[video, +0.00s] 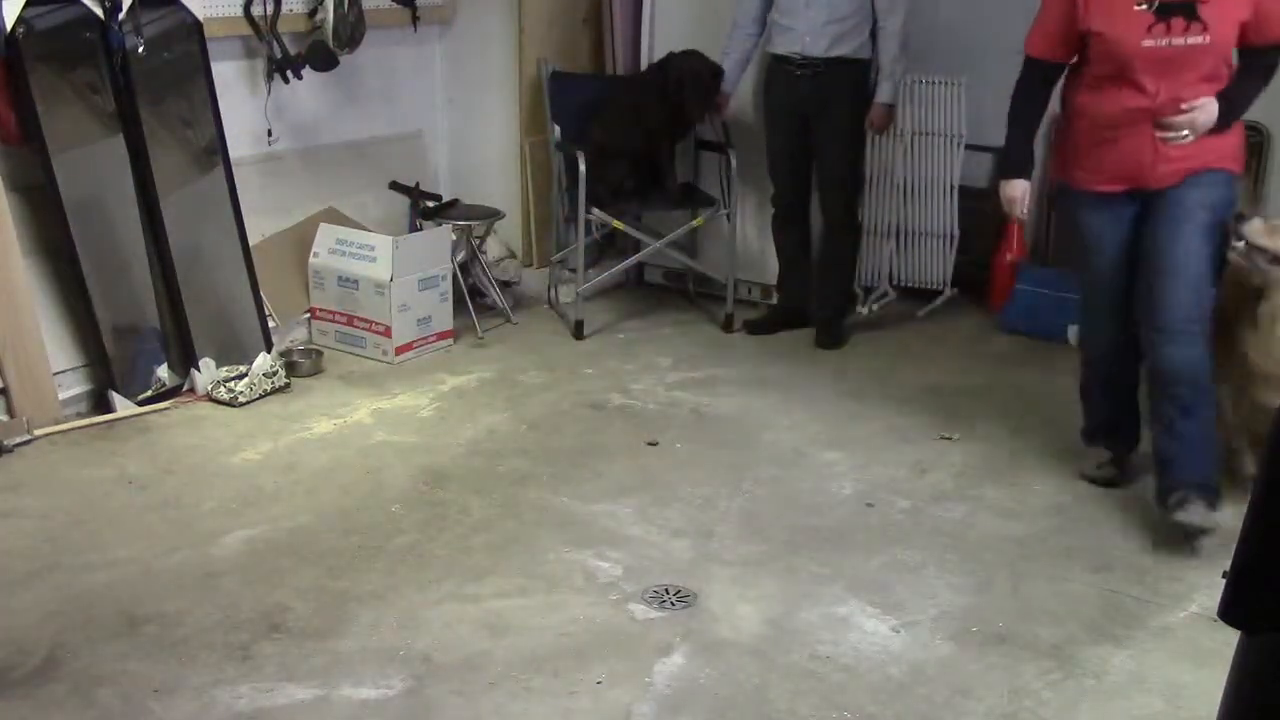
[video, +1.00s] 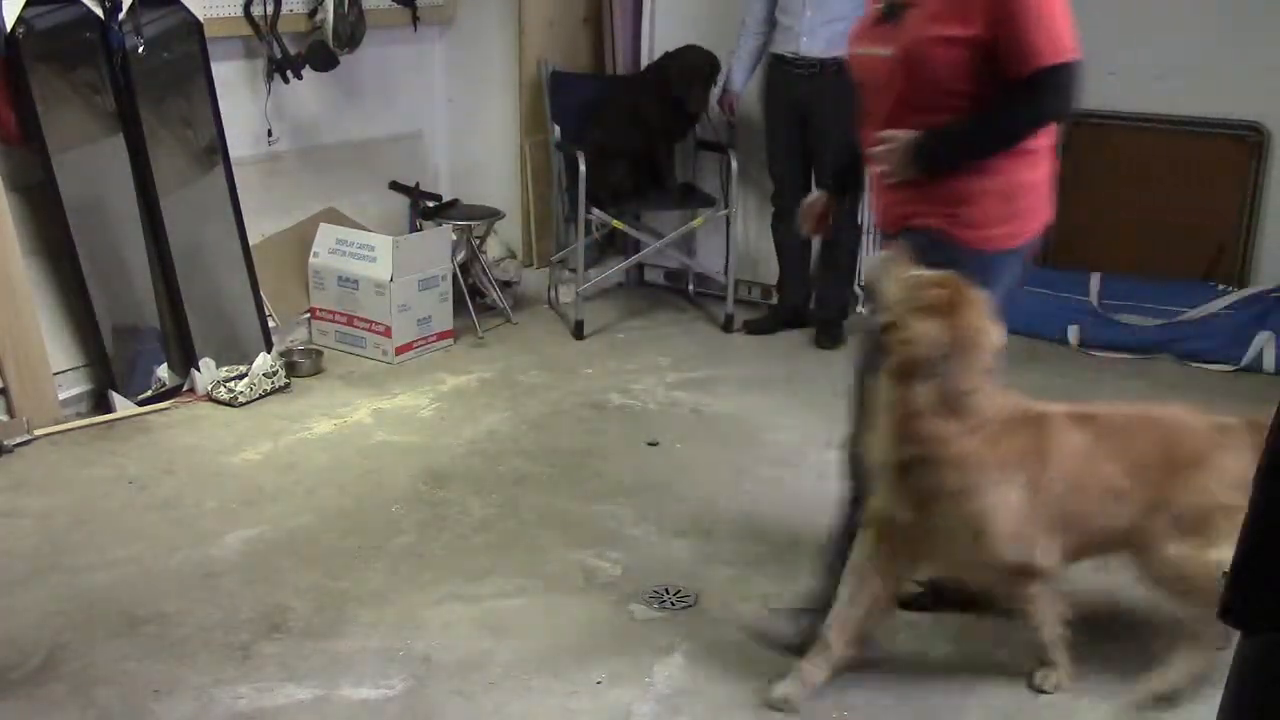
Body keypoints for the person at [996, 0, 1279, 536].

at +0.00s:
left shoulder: (1244, 3)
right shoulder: (1076, 3)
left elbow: (1265, 49)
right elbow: (1041, 65)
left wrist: (1224, 106)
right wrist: (1015, 163)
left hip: (1195, 158)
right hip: (1100, 163)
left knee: (1178, 321)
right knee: (1105, 320)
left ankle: (1188, 486)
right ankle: (1113, 443)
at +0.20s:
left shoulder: (1254, 6)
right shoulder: (1085, 3)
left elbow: (1275, 79)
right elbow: (1045, 68)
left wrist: (1222, 129)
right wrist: (1005, 167)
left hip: (1195, 182)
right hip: (1097, 181)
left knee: (1165, 355)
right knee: (1100, 332)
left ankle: (1162, 520)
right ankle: (1110, 439)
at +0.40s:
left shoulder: (1248, 6)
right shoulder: (1076, 3)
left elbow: (1275, 77)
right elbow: (1049, 62)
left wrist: (1197, 130)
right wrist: (1007, 161)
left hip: (1186, 201)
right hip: (1074, 186)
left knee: (1159, 370)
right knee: (1034, 334)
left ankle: (1162, 526)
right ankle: (1082, 469)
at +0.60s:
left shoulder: (1200, 5)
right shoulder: (1035, 5)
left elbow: (1243, 92)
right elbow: (1023, 80)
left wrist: (1129, 154)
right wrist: (994, 179)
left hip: (1144, 225)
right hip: (1029, 212)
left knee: (1146, 405)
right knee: (995, 385)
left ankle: (1165, 561)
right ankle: (982, 563)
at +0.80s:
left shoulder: (1112, 6)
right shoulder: (965, 8)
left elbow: (1147, 93)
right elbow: (958, 98)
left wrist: (1025, 153)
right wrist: (916, 188)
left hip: (1059, 227)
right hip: (963, 217)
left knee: (1044, 402)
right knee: (960, 401)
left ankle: (1058, 563)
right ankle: (973, 565)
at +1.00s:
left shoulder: (1012, 4)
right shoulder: (884, 10)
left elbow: (1053, 89)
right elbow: (879, 106)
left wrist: (930, 150)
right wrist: (835, 188)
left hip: (981, 225)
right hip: (910, 221)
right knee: (948, 406)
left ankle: (839, 610)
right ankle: (979, 572)